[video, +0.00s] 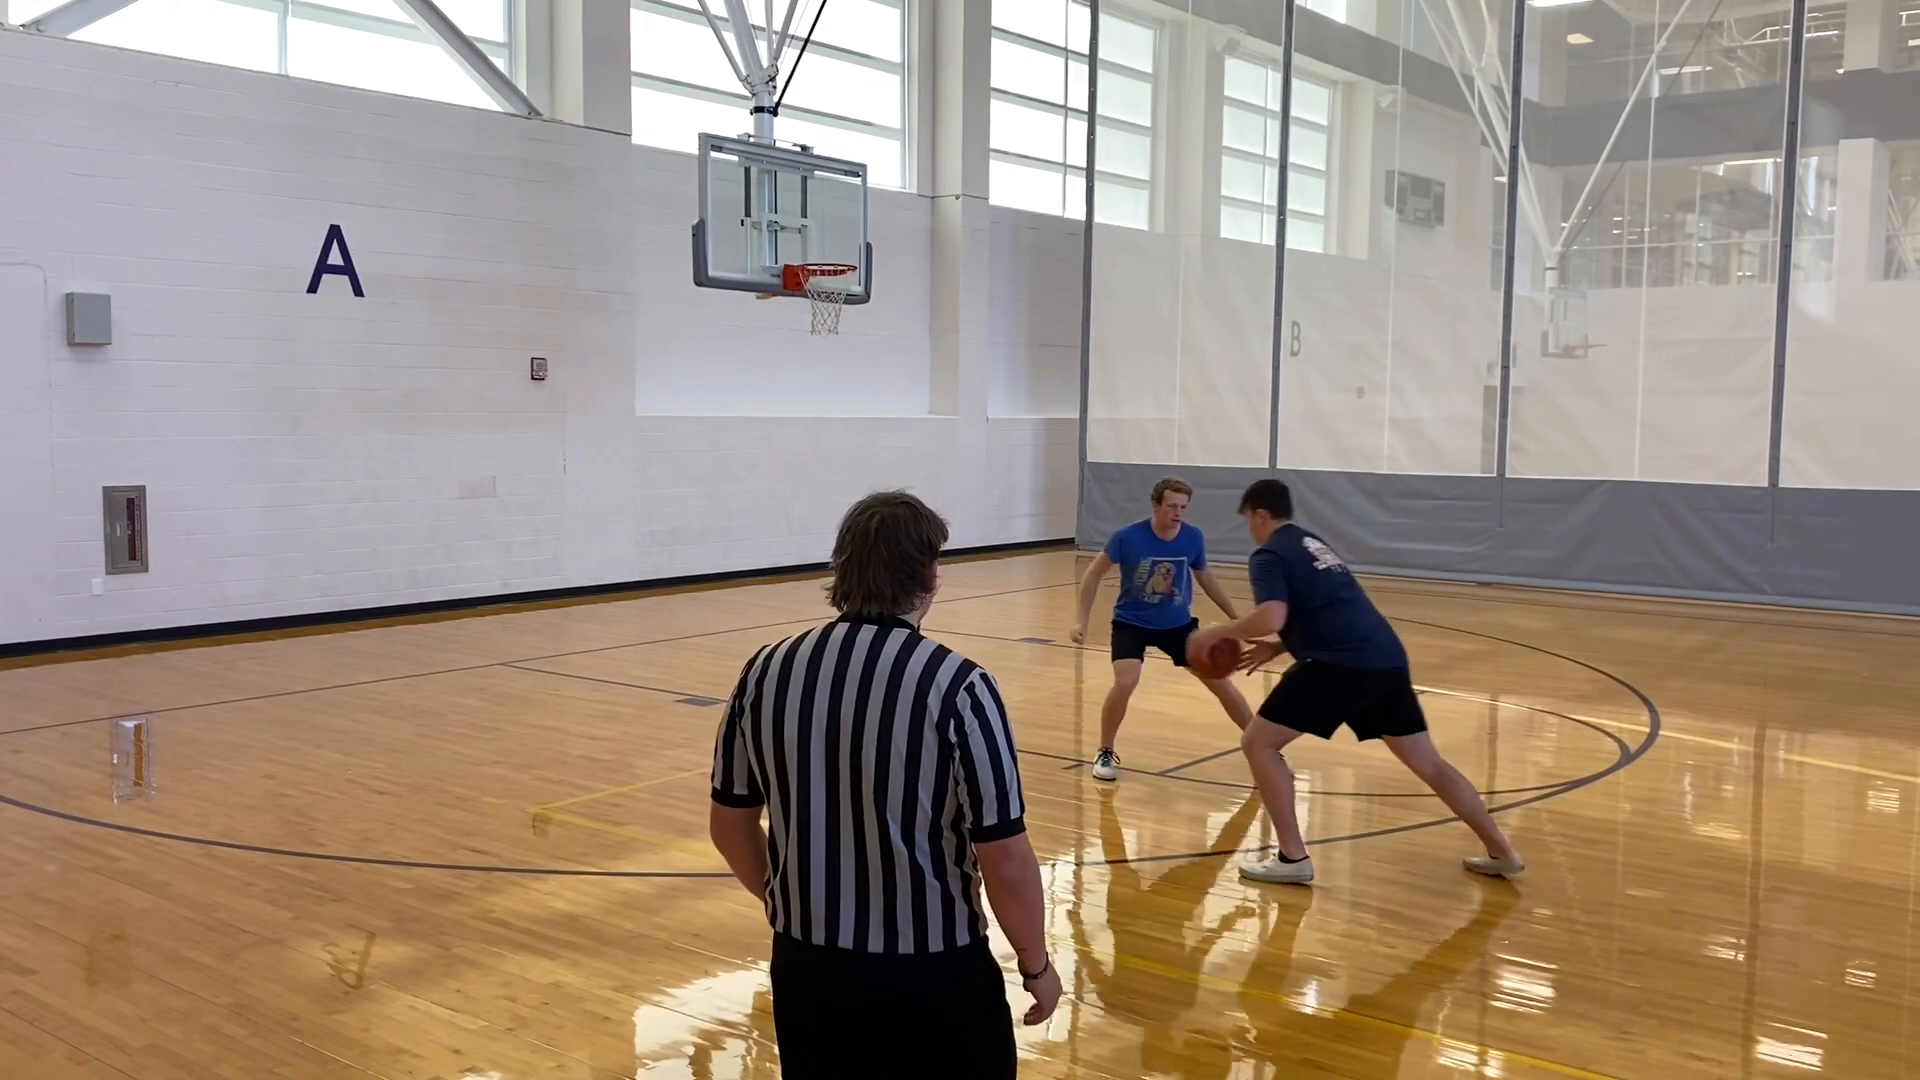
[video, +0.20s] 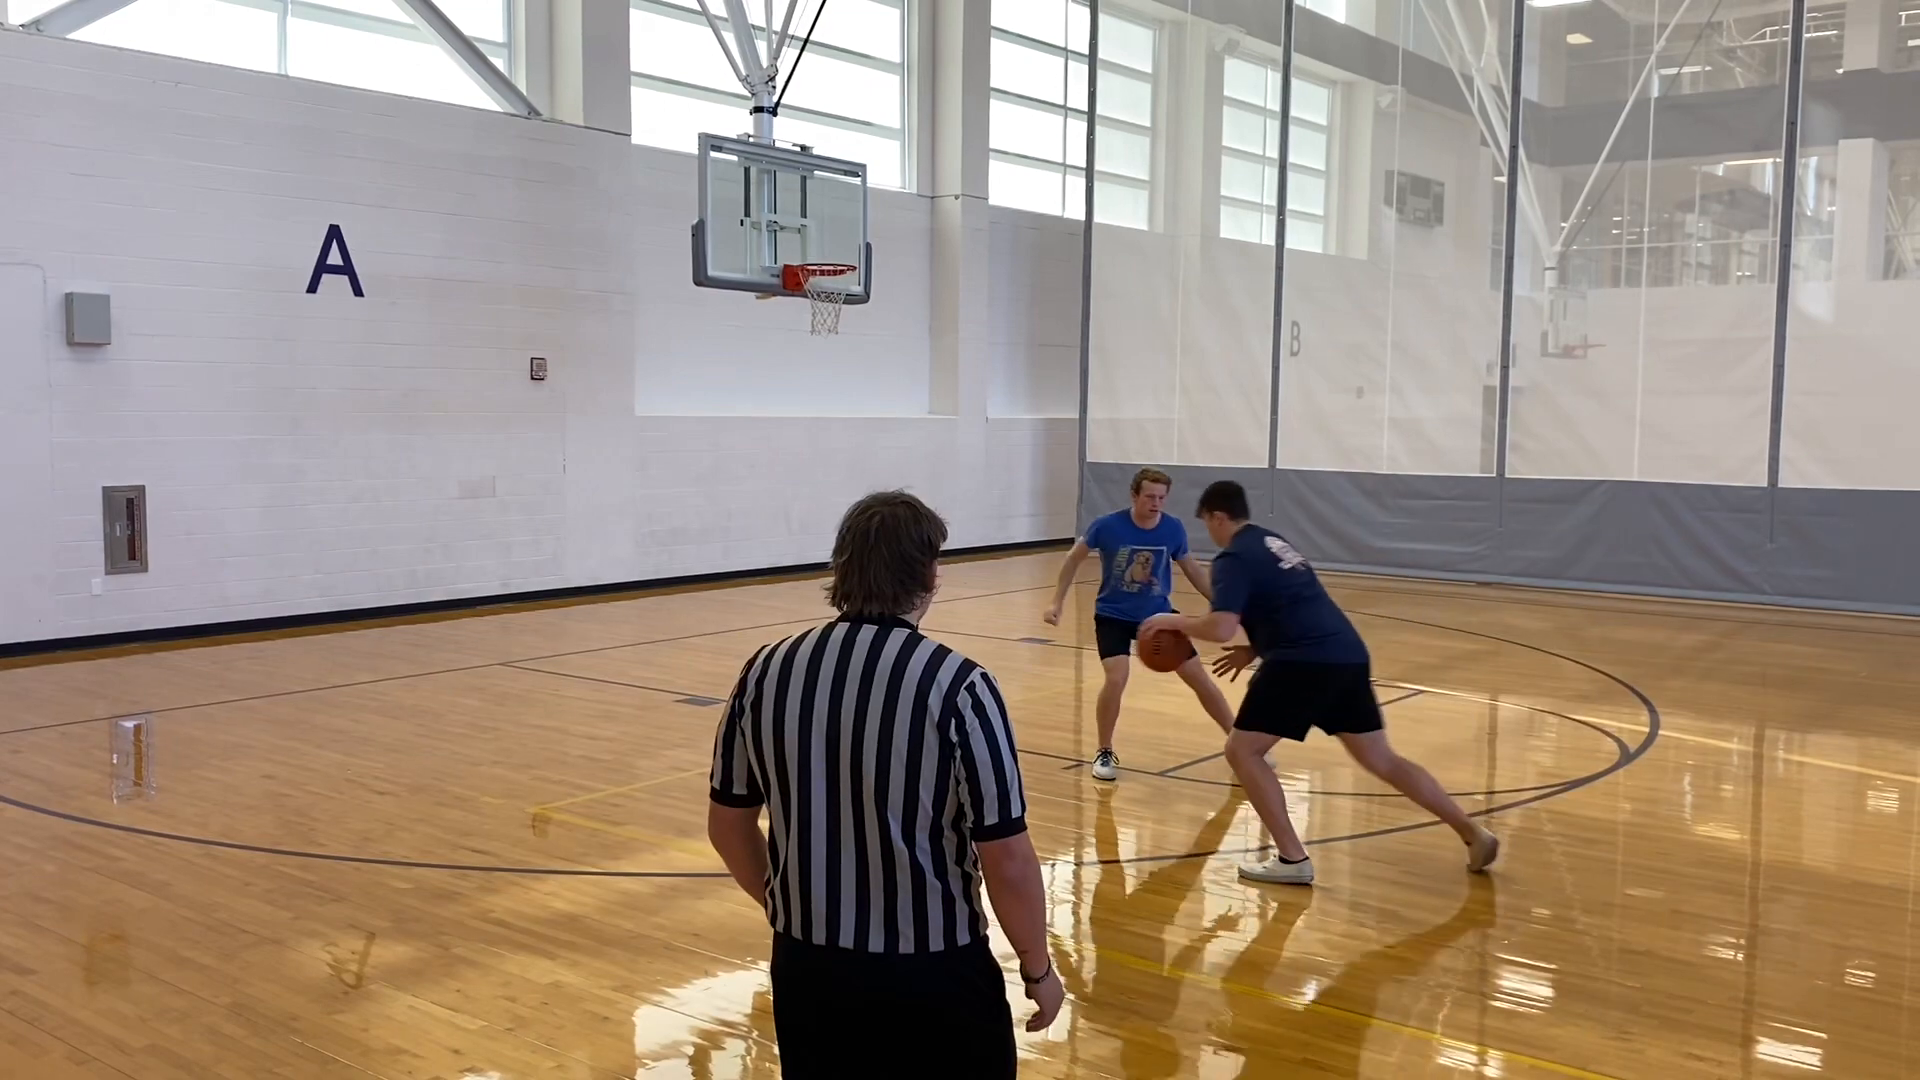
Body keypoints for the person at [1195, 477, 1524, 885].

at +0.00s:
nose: (1248, 527)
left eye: (1247, 518)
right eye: (1247, 518)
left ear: (1260, 515)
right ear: (1283, 511)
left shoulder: (1269, 554)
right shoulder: (1313, 542)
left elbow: (1271, 619)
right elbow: (1321, 613)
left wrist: (1219, 634)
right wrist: (1269, 650)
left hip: (1334, 666)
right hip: (1386, 663)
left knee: (1258, 743)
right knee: (1431, 765)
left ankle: (1292, 858)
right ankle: (1503, 854)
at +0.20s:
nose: (1205, 529)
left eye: (1205, 521)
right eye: (1204, 522)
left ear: (1217, 518)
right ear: (1240, 514)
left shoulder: (1232, 559)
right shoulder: (1272, 541)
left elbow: (1221, 629)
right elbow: (1299, 605)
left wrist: (1174, 621)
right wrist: (1254, 646)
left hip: (1298, 665)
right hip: (1347, 659)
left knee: (1241, 750)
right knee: (1381, 760)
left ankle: (1292, 858)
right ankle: (1474, 834)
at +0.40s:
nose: (1168, 535)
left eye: (1168, 527)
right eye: (1168, 527)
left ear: (1179, 522)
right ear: (1200, 516)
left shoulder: (1192, 563)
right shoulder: (1236, 541)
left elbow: (1171, 641)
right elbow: (1267, 603)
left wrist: (1125, 639)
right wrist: (1235, 654)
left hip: (1268, 663)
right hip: (1313, 658)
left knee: (1228, 757)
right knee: (1303, 756)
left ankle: (1291, 855)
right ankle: (1408, 800)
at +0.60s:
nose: (1133, 534)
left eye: (1132, 527)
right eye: (1131, 528)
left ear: (1142, 522)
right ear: (1165, 518)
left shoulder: (1155, 565)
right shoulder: (1201, 537)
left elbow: (1123, 640)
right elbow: (1233, 592)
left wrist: (1078, 682)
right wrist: (1220, 658)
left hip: (1238, 659)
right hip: (1273, 650)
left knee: (1218, 759)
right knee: (1240, 748)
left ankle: (1290, 854)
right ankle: (1315, 788)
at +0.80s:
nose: (1106, 530)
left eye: (1105, 522)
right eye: (1104, 523)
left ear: (1115, 518)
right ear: (1139, 512)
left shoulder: (1126, 561)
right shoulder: (1177, 532)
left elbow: (1094, 632)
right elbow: (1235, 579)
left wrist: (1058, 682)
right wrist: (1208, 624)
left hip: (1220, 652)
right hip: (1241, 640)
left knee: (1214, 757)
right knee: (1164, 717)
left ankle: (1289, 851)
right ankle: (1233, 798)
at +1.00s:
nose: (1071, 523)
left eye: (1069, 515)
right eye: (1069, 515)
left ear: (1078, 509)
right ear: (1103, 500)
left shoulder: (1085, 550)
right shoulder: (1141, 524)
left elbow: (1064, 625)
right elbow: (1197, 567)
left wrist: (1029, 684)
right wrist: (1199, 624)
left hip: (1178, 644)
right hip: (1190, 631)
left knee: (1205, 750)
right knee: (1115, 698)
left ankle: (1278, 840)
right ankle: (1120, 811)